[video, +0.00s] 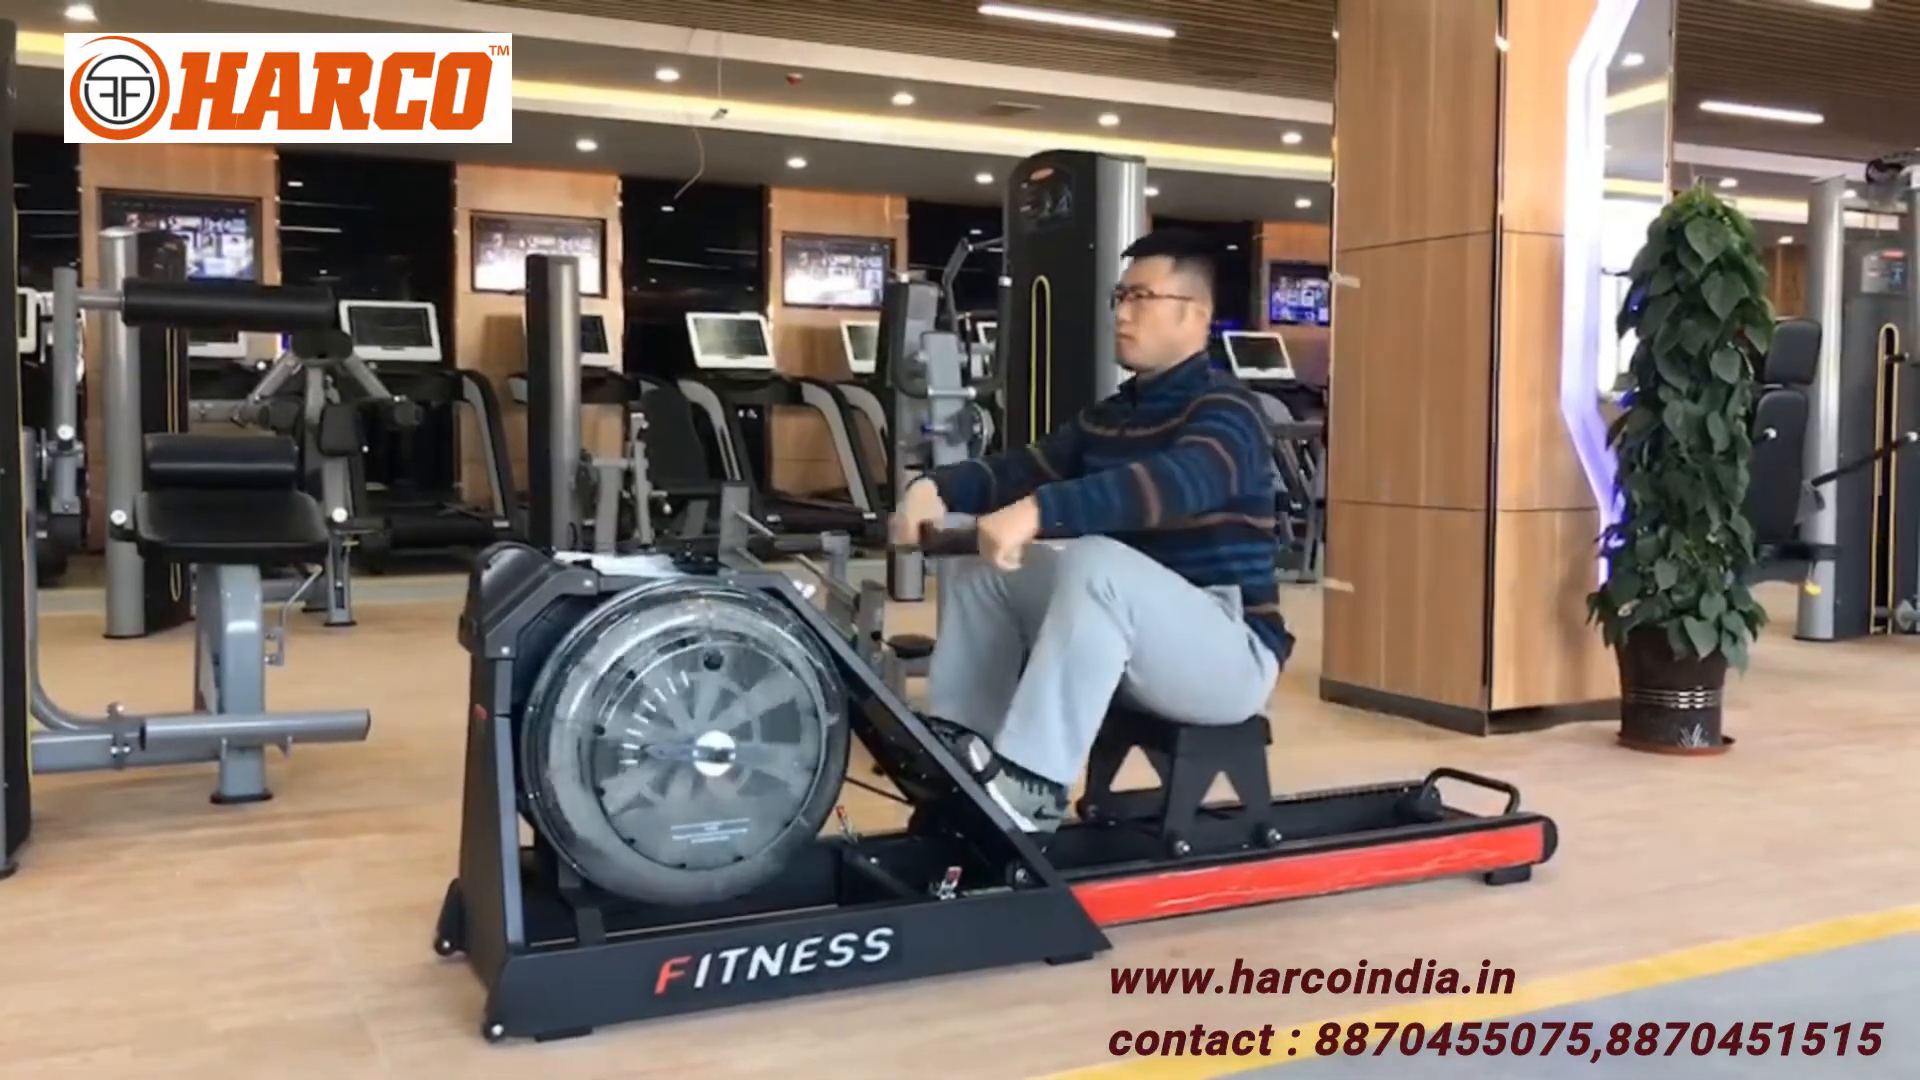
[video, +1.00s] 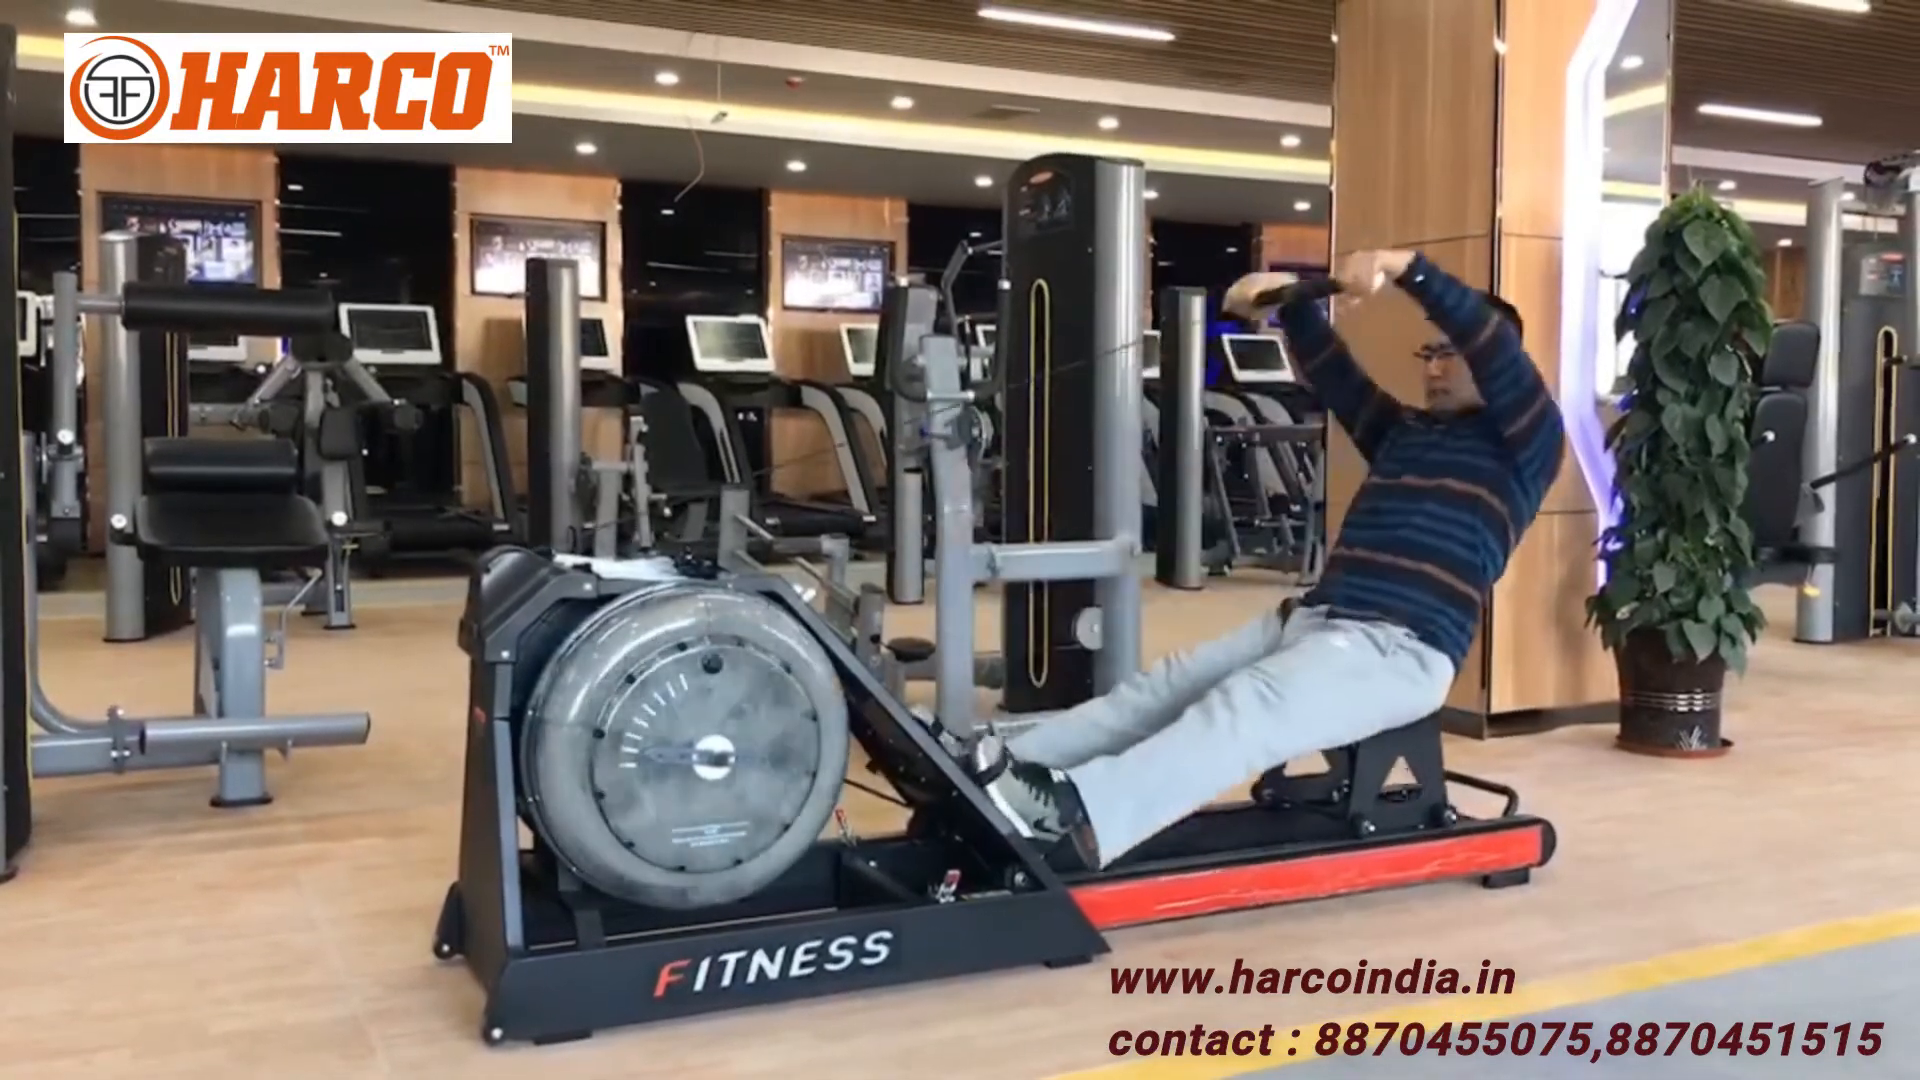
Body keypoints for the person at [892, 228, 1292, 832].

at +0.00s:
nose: (1121, 313)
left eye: (1139, 298)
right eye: (1120, 298)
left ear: (1195, 316)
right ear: (1113, 309)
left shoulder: (1227, 414)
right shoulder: (1113, 415)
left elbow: (1166, 487)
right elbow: (1034, 467)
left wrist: (1039, 509)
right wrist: (940, 487)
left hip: (1230, 652)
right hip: (1127, 637)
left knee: (1097, 566)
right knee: (974, 564)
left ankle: (1034, 784)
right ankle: (959, 758)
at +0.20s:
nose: (1148, 310)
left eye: (1167, 295)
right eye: (1148, 295)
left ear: (1223, 316)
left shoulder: (1247, 413)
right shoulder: (1136, 410)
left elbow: (1146, 479)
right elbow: (1046, 457)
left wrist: (1026, 514)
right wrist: (941, 486)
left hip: (1233, 650)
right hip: (1138, 627)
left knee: (1096, 567)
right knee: (986, 553)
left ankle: (1035, 784)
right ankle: (963, 746)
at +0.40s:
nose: (1231, 309)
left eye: (1253, 298)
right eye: (1231, 296)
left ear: (1306, 322)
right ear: (1224, 307)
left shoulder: (1322, 416)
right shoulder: (1210, 411)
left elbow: (1221, 465)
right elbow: (1118, 448)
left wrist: (1100, 492)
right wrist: (1000, 471)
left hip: (1280, 644)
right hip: (1188, 619)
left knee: (1133, 581)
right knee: (1032, 572)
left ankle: (1038, 786)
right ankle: (959, 747)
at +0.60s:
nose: (1326, 329)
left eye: (1346, 316)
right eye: (1325, 315)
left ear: (1399, 330)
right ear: (1322, 321)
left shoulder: (1418, 417)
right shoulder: (1297, 410)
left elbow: (1324, 412)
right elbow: (1212, 420)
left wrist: (1217, 397)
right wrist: (1107, 404)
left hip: (1343, 637)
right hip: (1262, 619)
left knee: (1185, 619)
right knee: (1090, 601)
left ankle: (1051, 790)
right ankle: (968, 756)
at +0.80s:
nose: (1417, 352)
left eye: (1437, 339)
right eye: (1405, 338)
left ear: (1477, 348)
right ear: (1392, 341)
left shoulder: (1492, 433)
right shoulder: (1358, 425)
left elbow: (1424, 372)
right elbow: (1271, 392)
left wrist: (1326, 320)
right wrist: (1202, 345)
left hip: (1383, 646)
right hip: (1294, 620)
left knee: (1219, 673)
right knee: (1130, 640)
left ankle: (1068, 805)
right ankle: (989, 756)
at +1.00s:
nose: (1430, 361)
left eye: (1449, 353)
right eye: (1428, 350)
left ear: (1490, 367)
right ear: (1424, 366)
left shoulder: (1523, 450)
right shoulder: (1397, 434)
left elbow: (1497, 343)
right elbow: (1333, 373)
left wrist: (1413, 267)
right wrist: (1293, 300)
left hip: (1402, 649)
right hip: (1313, 621)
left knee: (1241, 710)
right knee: (1170, 684)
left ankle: (1078, 823)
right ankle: (996, 759)